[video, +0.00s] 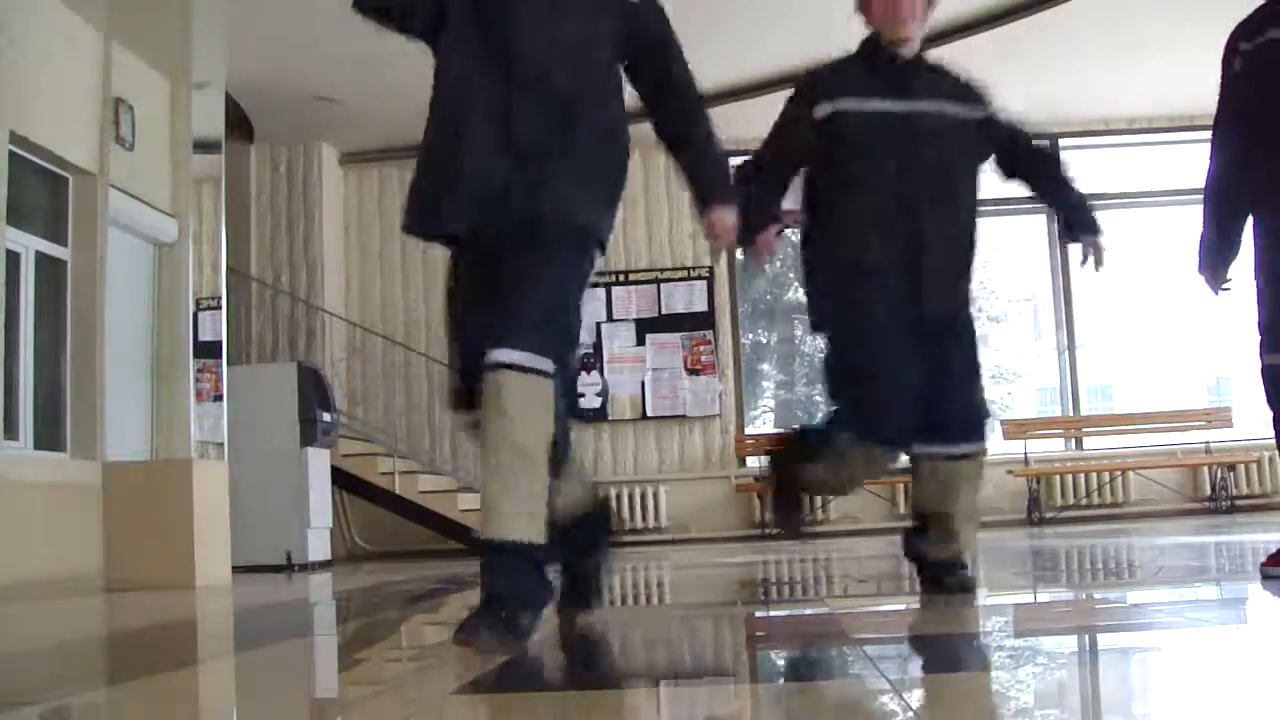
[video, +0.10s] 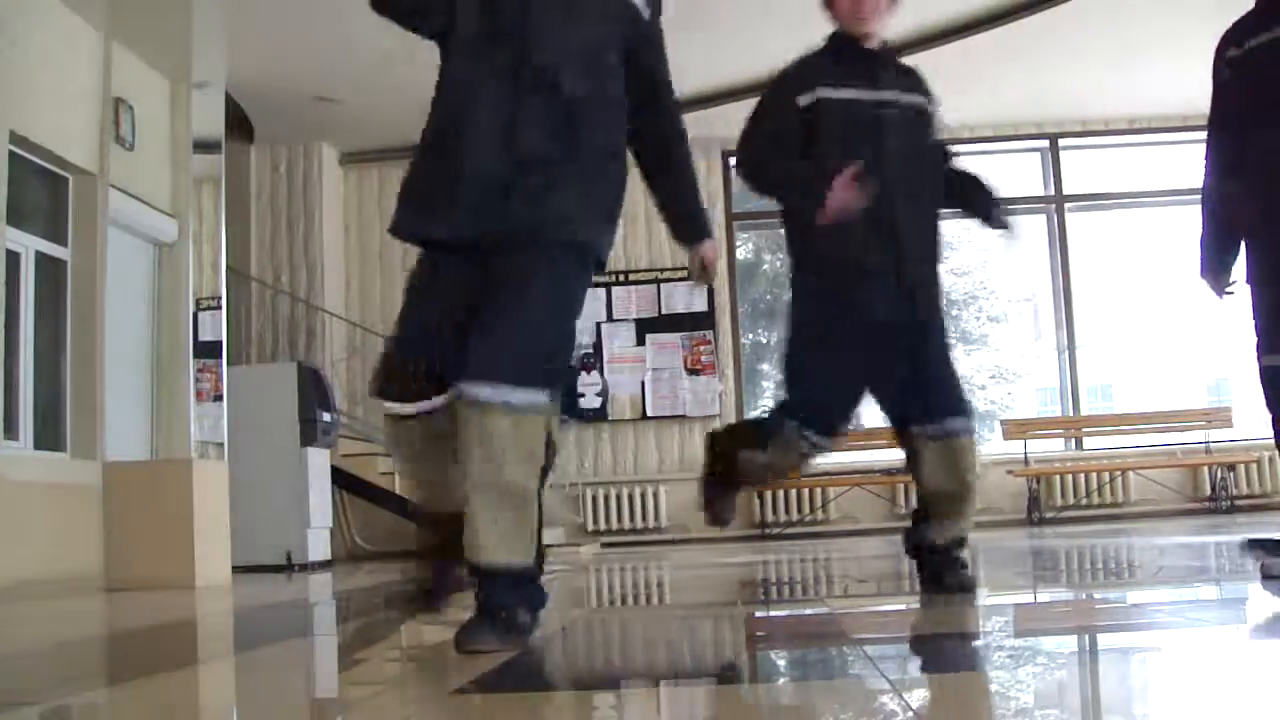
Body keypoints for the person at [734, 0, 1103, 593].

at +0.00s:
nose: (905, 8)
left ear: (931, 9)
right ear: (866, 8)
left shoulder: (960, 96)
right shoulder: (826, 91)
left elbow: (1024, 154)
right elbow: (771, 165)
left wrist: (1073, 209)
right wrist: (757, 217)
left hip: (940, 293)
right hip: (856, 292)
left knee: (955, 426)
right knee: (882, 424)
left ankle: (941, 552)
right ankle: (796, 470)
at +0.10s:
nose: (869, 5)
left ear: (892, 5)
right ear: (832, 6)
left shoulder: (910, 86)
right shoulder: (804, 81)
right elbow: (755, 159)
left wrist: (976, 197)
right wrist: (814, 193)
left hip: (909, 297)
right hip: (832, 296)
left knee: (944, 435)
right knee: (801, 437)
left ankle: (940, 552)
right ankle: (728, 458)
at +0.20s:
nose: (824, 6)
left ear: (852, 4)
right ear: (792, 9)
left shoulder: (874, 85)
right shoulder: (767, 85)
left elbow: (888, 160)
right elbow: (739, 162)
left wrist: (896, 182)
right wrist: (834, 144)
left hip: (869, 289)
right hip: (791, 291)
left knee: (901, 421)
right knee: (759, 421)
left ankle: (907, 542)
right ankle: (712, 497)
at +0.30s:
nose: (790, 42)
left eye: (800, 29)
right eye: (777, 32)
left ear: (818, 35)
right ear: (760, 41)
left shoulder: (843, 119)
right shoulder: (730, 117)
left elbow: (881, 197)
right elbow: (706, 200)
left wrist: (843, 205)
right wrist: (780, 207)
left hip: (830, 318)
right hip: (752, 319)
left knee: (866, 449)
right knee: (726, 454)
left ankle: (871, 556)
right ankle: (698, 563)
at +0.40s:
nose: (761, 70)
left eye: (773, 59)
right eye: (749, 59)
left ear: (788, 68)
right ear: (726, 68)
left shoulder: (808, 144)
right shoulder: (700, 154)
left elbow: (848, 223)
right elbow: (673, 240)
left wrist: (822, 296)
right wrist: (704, 277)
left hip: (796, 333)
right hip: (720, 340)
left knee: (841, 451)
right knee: (706, 466)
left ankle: (863, 556)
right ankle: (687, 574)